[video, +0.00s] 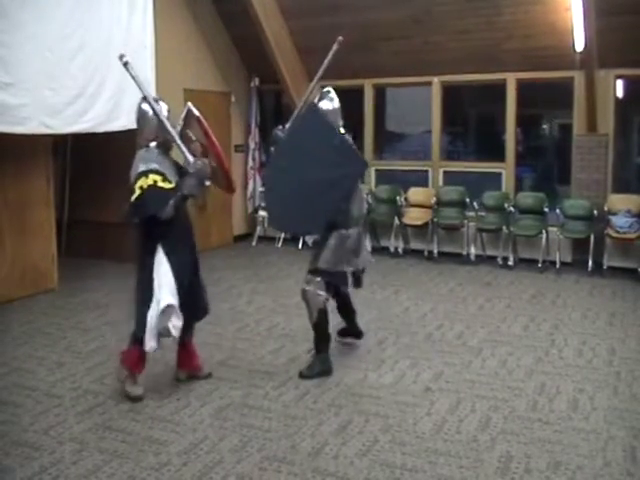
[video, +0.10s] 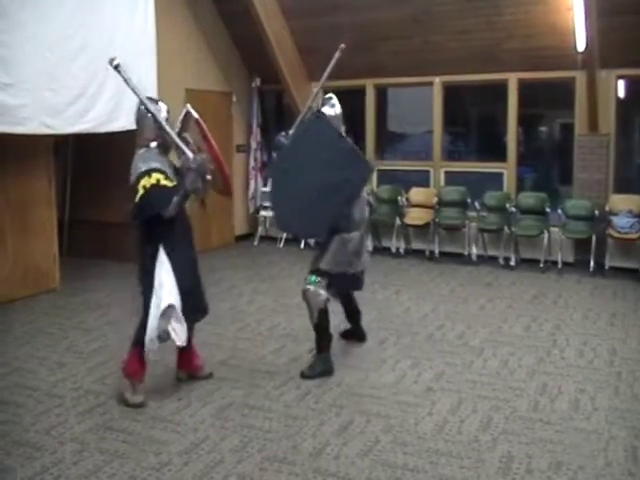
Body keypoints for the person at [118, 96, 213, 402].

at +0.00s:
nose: (170, 130)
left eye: (169, 124)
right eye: (164, 124)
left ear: (168, 131)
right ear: (155, 131)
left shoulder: (173, 159)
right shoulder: (149, 162)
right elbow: (159, 207)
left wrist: (205, 171)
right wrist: (188, 184)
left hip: (181, 242)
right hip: (157, 244)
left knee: (189, 300)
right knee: (155, 303)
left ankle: (187, 361)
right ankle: (132, 366)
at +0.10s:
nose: (167, 128)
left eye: (165, 121)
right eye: (161, 122)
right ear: (152, 128)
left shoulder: (166, 159)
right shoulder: (148, 161)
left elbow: (181, 194)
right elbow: (163, 208)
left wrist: (196, 171)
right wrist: (188, 180)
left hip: (179, 244)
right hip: (158, 248)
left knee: (189, 301)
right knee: (156, 306)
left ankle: (187, 359)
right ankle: (133, 370)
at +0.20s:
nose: (166, 128)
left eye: (167, 120)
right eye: (159, 122)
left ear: (173, 127)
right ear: (151, 129)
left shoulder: (181, 161)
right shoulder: (151, 159)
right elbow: (167, 206)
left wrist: (206, 169)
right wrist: (193, 180)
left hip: (181, 234)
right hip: (153, 237)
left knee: (201, 305)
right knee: (152, 306)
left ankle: (196, 357)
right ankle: (136, 367)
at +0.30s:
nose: (160, 132)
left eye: (164, 124)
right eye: (155, 127)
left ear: (174, 129)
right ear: (149, 133)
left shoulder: (186, 160)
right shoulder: (151, 160)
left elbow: (210, 191)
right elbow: (167, 207)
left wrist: (206, 168)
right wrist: (192, 179)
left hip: (183, 234)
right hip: (154, 238)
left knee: (202, 306)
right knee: (150, 302)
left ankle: (198, 350)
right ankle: (139, 363)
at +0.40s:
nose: (167, 129)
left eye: (171, 122)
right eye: (161, 124)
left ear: (180, 128)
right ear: (154, 132)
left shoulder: (190, 158)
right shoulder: (154, 159)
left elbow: (218, 195)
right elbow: (166, 201)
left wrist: (211, 171)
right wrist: (194, 177)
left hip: (186, 230)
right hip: (157, 234)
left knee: (199, 293)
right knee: (154, 296)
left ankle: (205, 352)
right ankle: (146, 360)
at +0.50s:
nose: (178, 132)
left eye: (181, 126)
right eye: (172, 128)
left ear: (189, 132)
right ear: (166, 135)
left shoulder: (203, 158)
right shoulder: (164, 157)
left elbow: (234, 191)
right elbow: (171, 190)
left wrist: (221, 165)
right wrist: (196, 162)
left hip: (195, 225)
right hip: (165, 229)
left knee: (213, 300)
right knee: (163, 294)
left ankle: (210, 346)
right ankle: (158, 357)